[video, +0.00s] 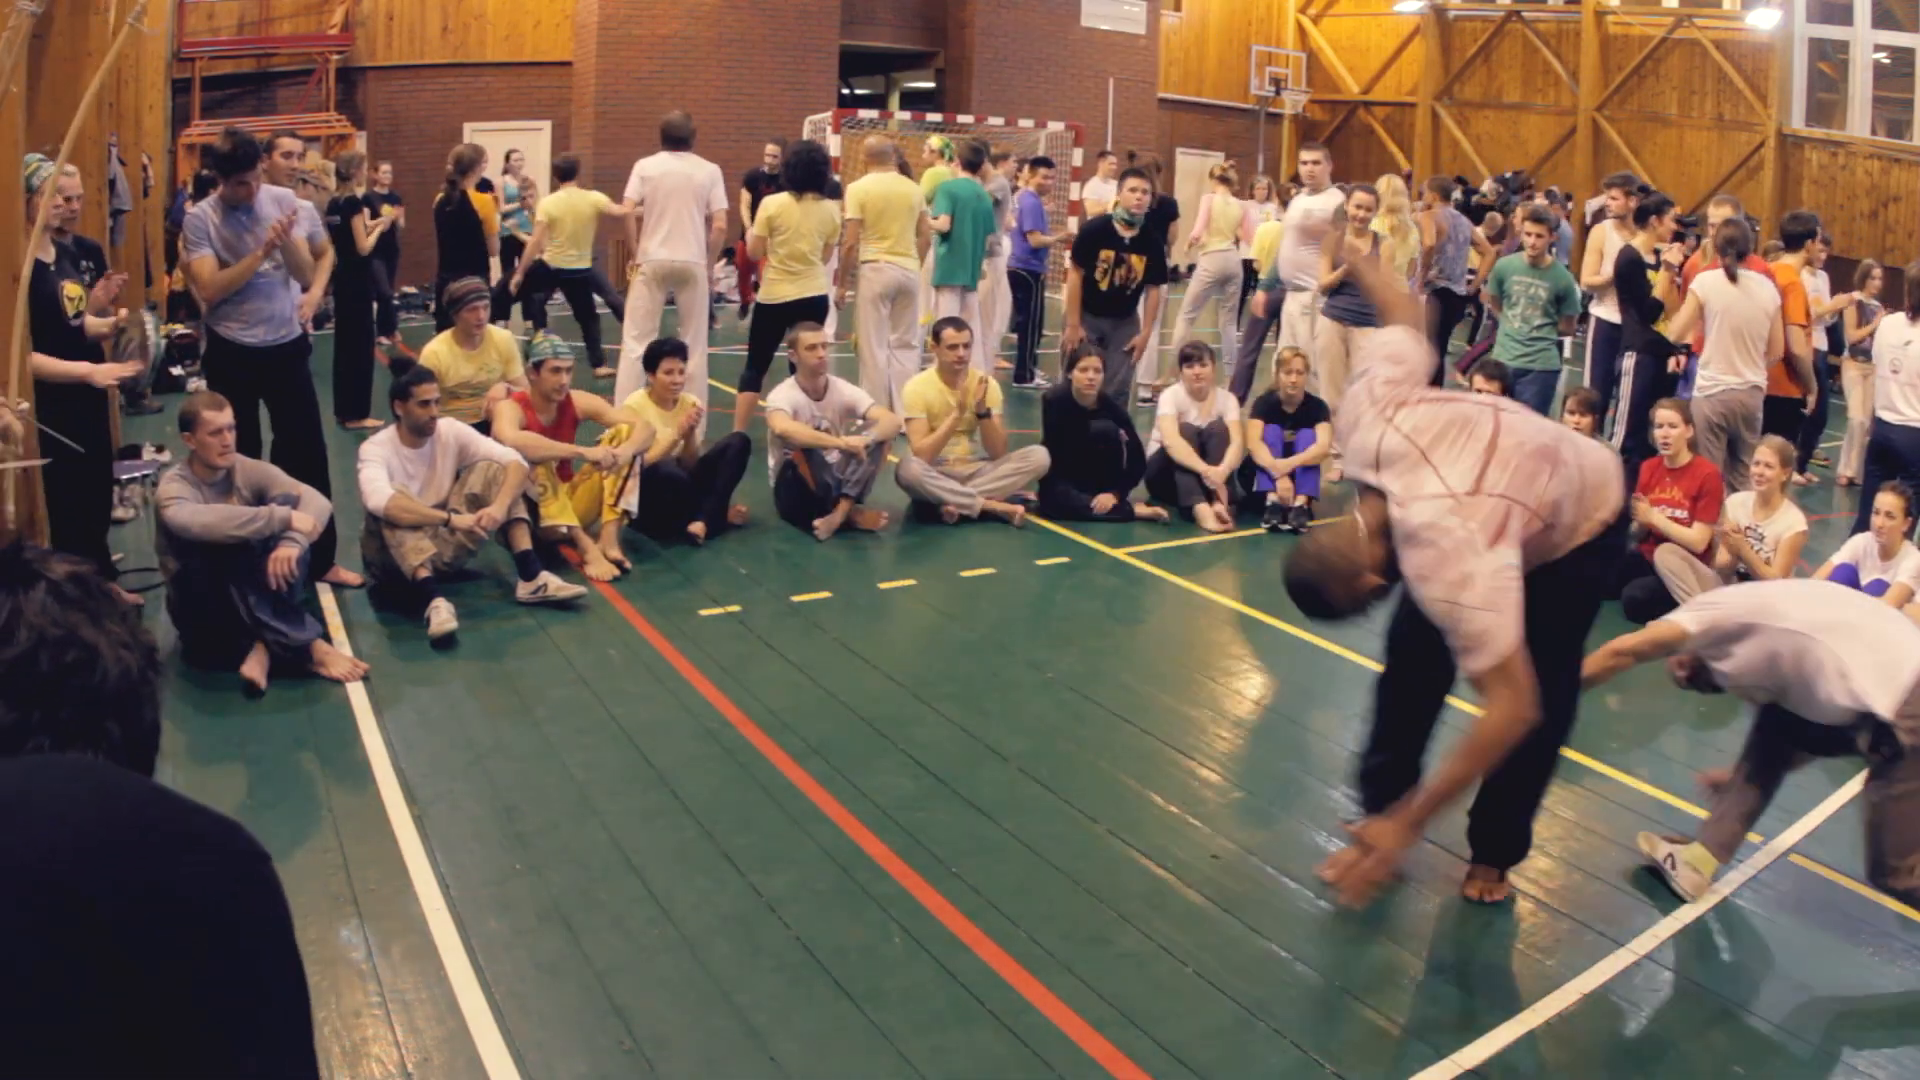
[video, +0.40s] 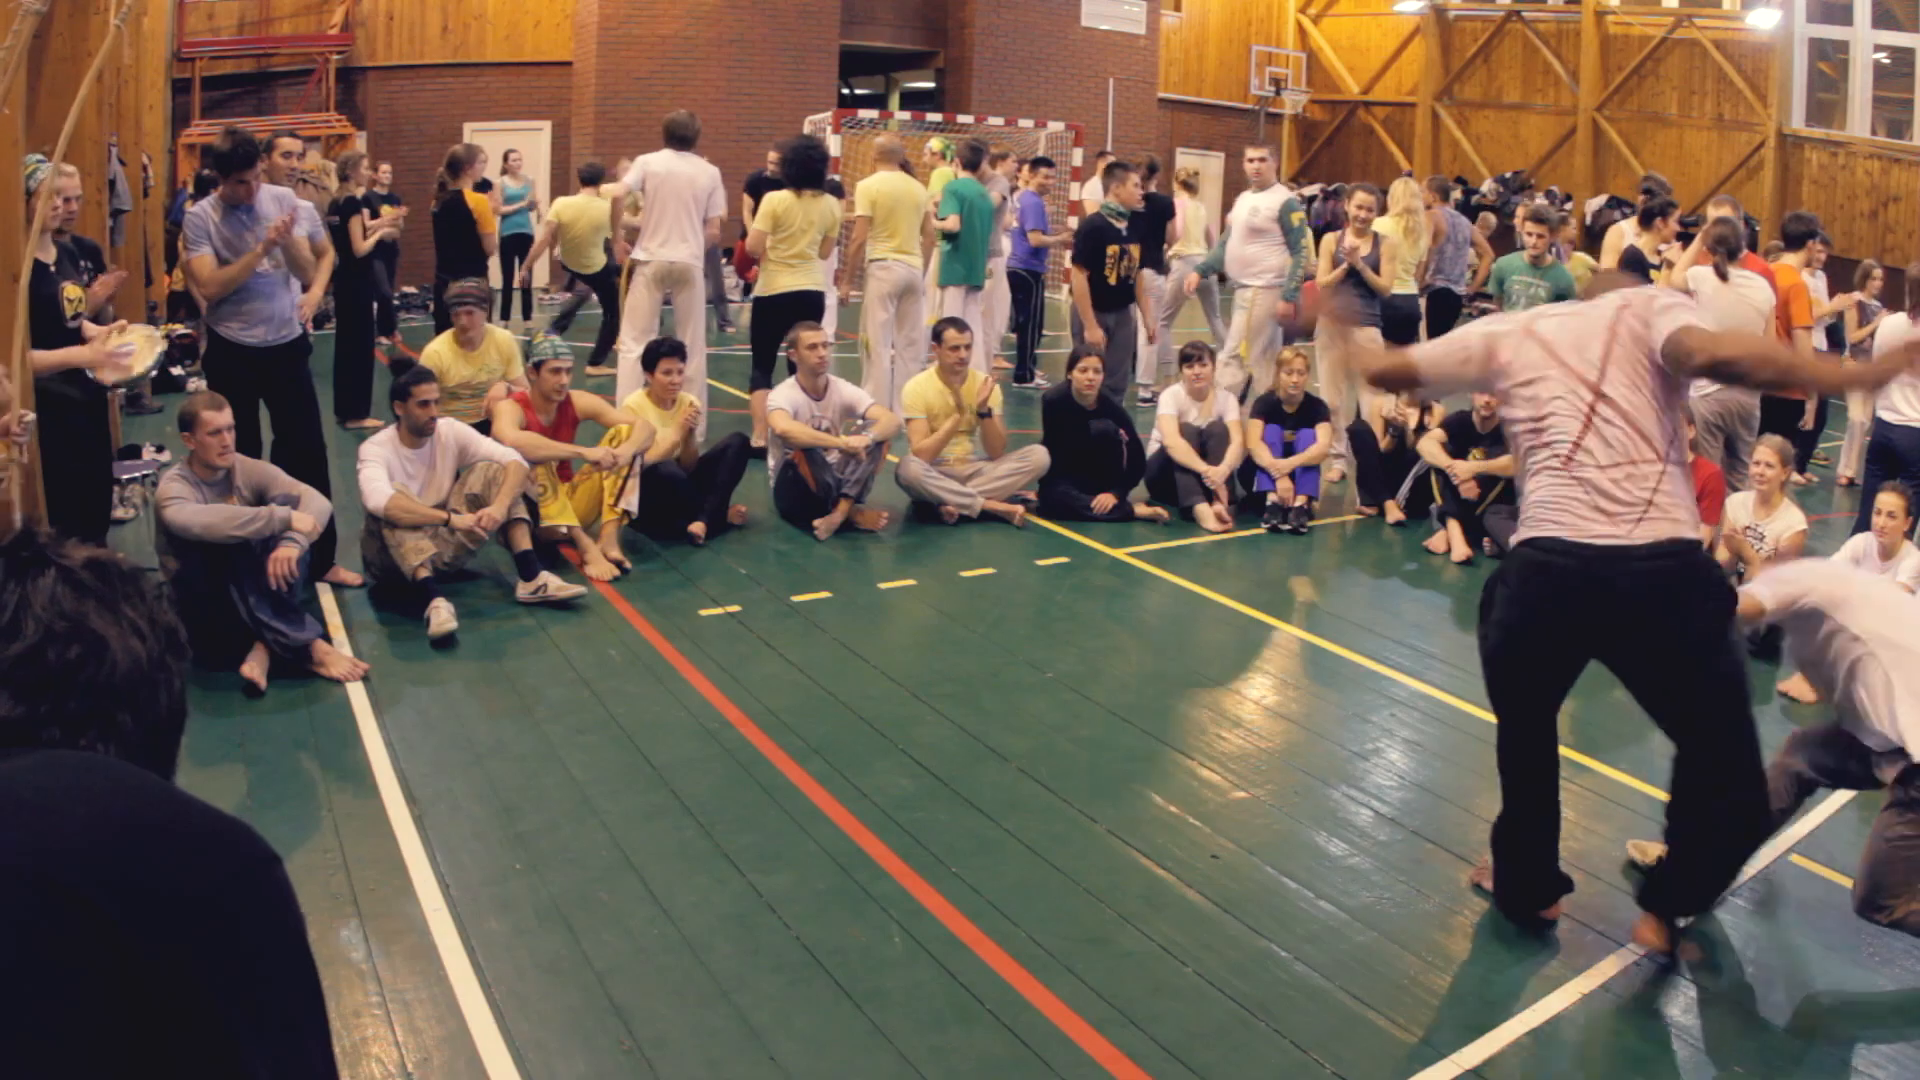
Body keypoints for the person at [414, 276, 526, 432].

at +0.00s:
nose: (481, 316)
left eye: (485, 308)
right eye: (472, 310)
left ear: (490, 309)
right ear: (455, 314)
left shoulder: (503, 339)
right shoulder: (434, 352)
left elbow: (524, 389)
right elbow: (419, 400)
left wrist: (504, 387)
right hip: (450, 428)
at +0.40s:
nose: (463, 322)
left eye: (469, 313)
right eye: (456, 315)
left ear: (485, 313)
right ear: (451, 317)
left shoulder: (504, 340)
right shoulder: (435, 352)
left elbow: (525, 390)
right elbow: (422, 401)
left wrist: (505, 387)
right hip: (449, 428)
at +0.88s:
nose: (461, 325)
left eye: (467, 319)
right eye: (459, 318)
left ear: (490, 318)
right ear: (456, 314)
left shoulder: (516, 336)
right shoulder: (445, 341)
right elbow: (433, 396)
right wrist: (451, 424)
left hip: (500, 415)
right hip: (456, 416)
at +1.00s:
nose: (454, 306)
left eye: (459, 301)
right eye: (452, 300)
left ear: (479, 301)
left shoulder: (516, 319)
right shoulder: (443, 319)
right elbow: (440, 378)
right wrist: (460, 416)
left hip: (498, 396)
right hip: (455, 396)